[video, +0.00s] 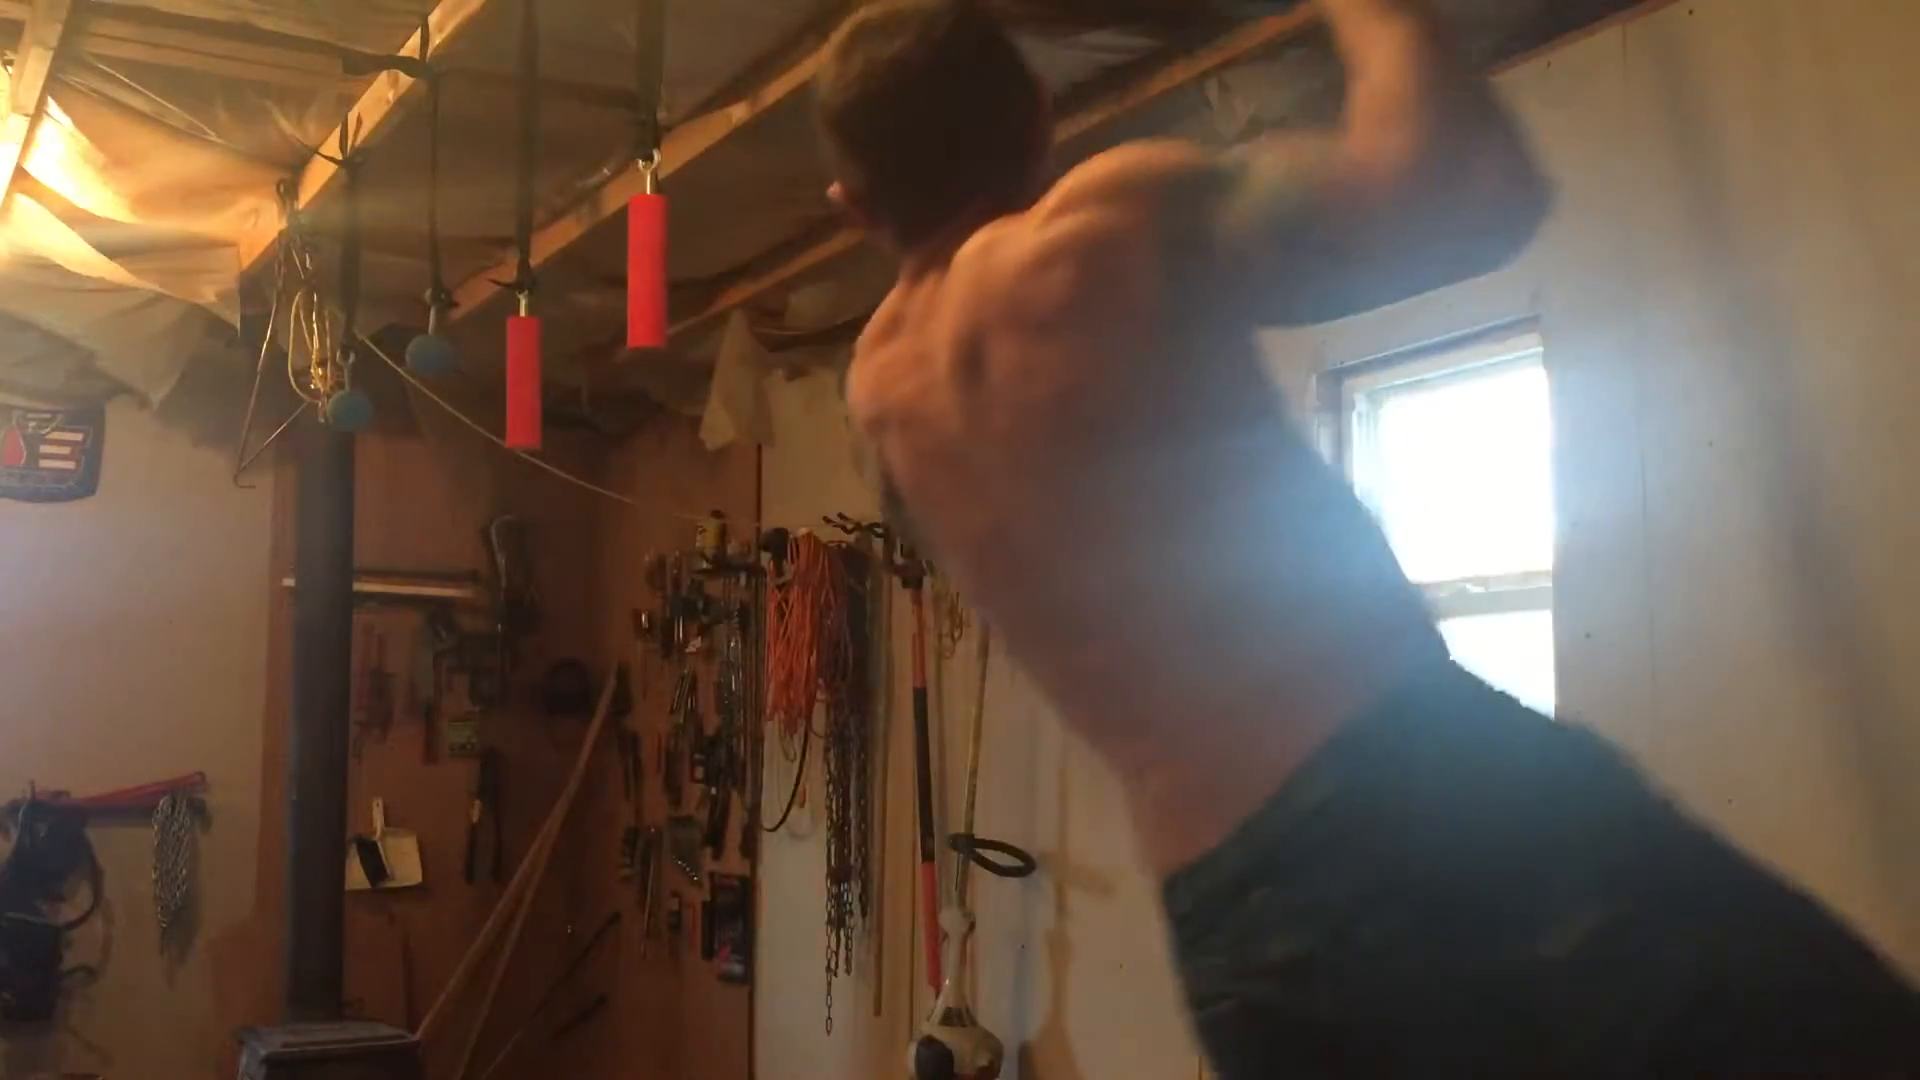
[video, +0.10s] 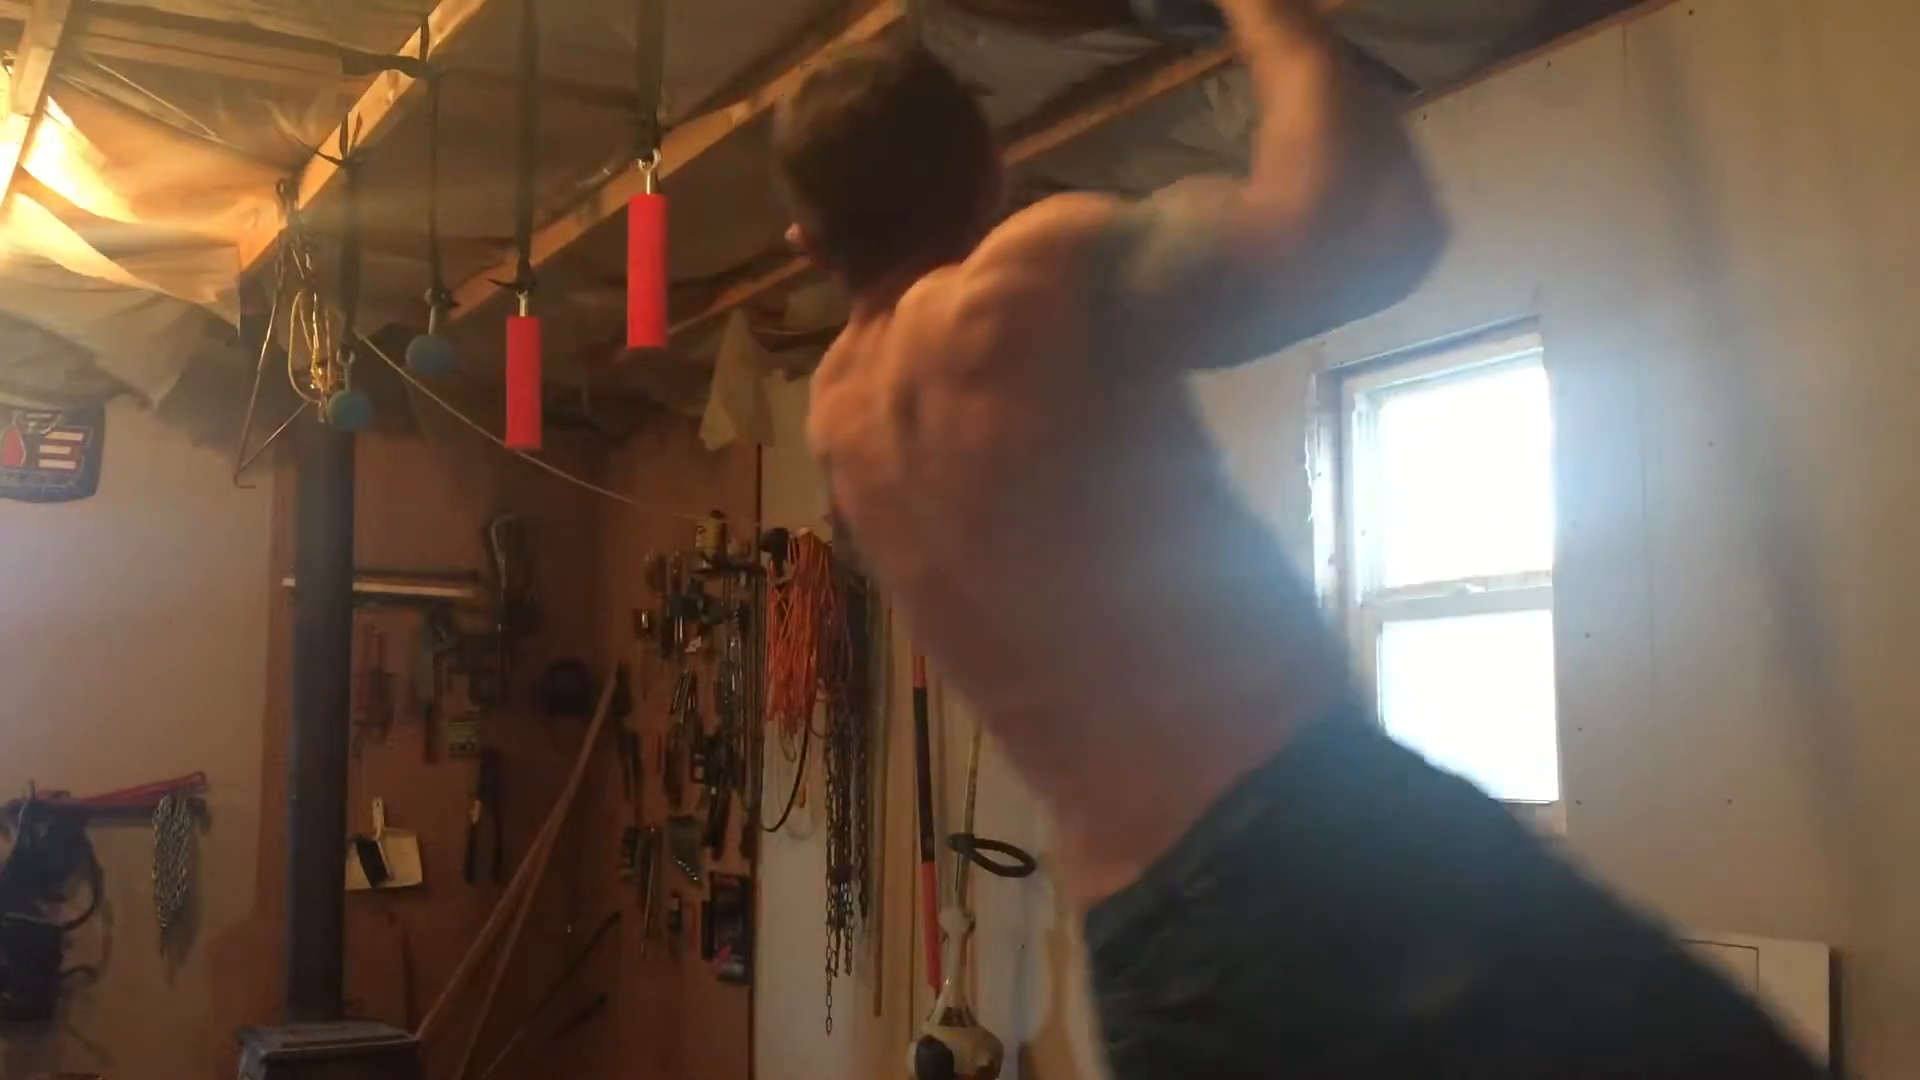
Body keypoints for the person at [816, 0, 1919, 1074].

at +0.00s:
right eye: (1031, 86)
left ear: (855, 210)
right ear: (1029, 115)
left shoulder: (877, 387)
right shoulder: (1121, 218)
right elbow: (1472, 189)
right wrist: (1368, 11)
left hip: (1229, 925)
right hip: (1437, 806)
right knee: (1854, 1032)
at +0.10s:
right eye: (993, 139)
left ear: (815, 254)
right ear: (987, 166)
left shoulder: (835, 412)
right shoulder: (1043, 272)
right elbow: (1375, 225)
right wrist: (1274, 29)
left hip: (1139, 961)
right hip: (1337, 860)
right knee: (1735, 1059)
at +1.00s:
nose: (735, 304)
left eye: (737, 281)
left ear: (744, 315)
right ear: (892, 332)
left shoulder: (678, 441)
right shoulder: (953, 456)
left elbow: (564, 454)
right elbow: (849, 402)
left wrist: (674, 291)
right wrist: (810, 238)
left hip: (581, 828)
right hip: (736, 858)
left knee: (372, 841)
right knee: (620, 913)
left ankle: (141, 1010)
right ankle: (628, 1031)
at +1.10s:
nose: (760, 328)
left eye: (773, 314)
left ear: (787, 342)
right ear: (916, 370)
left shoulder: (747, 462)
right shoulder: (938, 487)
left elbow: (585, 462)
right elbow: (781, 378)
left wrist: (689, 281)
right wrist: (681, 253)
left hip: (588, 839)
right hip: (709, 888)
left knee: (353, 781)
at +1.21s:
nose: (803, 384)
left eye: (813, 364)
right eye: (808, 366)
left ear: (839, 392)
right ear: (941, 404)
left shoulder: (822, 499)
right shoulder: (942, 529)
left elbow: (610, 473)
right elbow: (782, 400)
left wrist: (700, 304)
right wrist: (673, 280)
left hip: (592, 830)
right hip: (686, 908)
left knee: (332, 722)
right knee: (480, 1032)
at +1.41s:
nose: (906, 446)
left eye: (921, 430)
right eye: (920, 427)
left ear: (954, 459)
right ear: (1015, 483)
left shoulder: (943, 558)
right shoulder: (980, 584)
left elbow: (711, 500)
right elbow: (817, 442)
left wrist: (779, 309)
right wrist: (720, 293)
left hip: (660, 837)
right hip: (702, 917)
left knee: (367, 725)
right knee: (409, 1033)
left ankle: (85, 737)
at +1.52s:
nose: (921, 448)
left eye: (940, 430)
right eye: (936, 428)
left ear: (977, 456)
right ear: (1022, 477)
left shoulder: (985, 559)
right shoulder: (977, 573)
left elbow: (752, 511)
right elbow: (789, 450)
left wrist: (796, 308)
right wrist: (700, 283)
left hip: (700, 847)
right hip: (728, 909)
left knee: (371, 778)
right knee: (353, 1050)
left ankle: (49, 874)